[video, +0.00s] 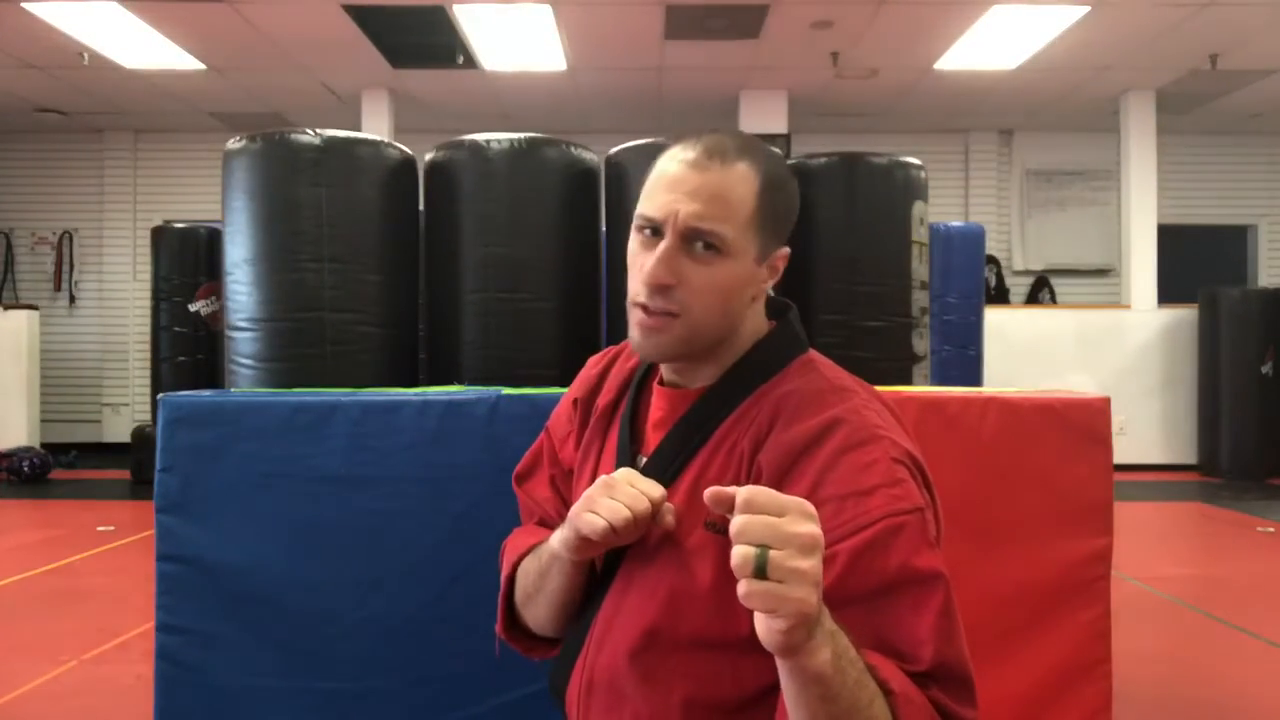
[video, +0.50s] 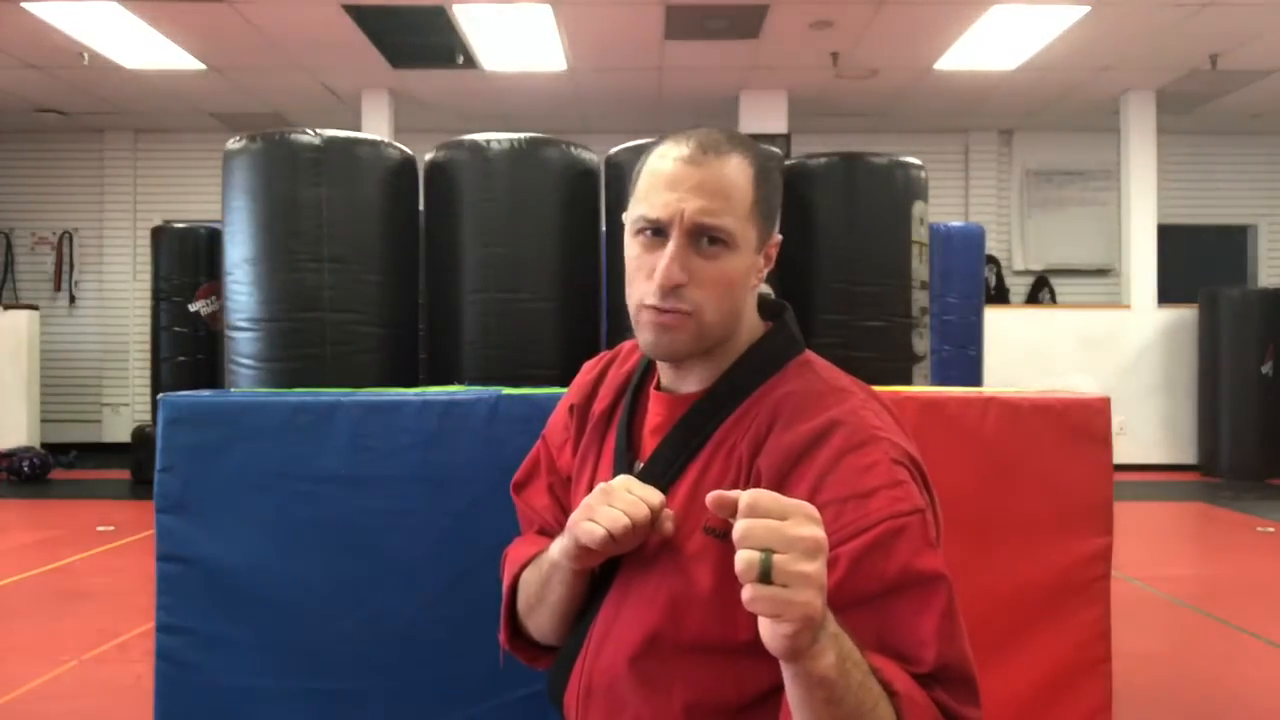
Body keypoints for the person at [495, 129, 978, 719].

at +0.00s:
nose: (656, 272)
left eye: (703, 245)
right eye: (650, 232)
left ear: (770, 271)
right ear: (630, 234)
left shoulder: (846, 444)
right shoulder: (605, 383)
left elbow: (920, 705)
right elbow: (532, 619)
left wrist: (808, 644)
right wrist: (565, 549)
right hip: (589, 704)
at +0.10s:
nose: (667, 274)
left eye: (710, 243)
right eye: (654, 234)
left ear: (769, 266)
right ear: (630, 240)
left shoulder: (847, 442)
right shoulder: (605, 384)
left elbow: (922, 705)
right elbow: (534, 623)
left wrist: (810, 641)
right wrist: (568, 550)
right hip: (589, 705)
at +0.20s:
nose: (667, 274)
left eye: (710, 241)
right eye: (653, 233)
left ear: (766, 264)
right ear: (627, 240)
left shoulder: (847, 441)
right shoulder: (602, 388)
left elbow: (927, 704)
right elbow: (538, 627)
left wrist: (814, 642)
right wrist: (572, 553)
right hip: (591, 705)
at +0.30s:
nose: (668, 276)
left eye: (710, 241)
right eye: (653, 234)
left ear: (765, 262)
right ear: (626, 240)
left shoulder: (846, 440)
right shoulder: (600, 389)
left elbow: (928, 706)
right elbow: (537, 627)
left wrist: (816, 644)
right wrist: (571, 554)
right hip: (591, 706)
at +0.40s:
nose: (667, 275)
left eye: (709, 241)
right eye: (652, 233)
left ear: (765, 262)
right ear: (625, 240)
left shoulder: (845, 441)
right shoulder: (600, 388)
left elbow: (927, 706)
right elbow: (535, 627)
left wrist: (815, 644)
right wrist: (569, 553)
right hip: (588, 706)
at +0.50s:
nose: (667, 274)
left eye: (709, 241)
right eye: (652, 233)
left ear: (764, 261)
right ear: (625, 240)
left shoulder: (844, 441)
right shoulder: (599, 388)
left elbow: (925, 706)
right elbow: (535, 628)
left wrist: (812, 648)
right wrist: (568, 554)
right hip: (587, 706)